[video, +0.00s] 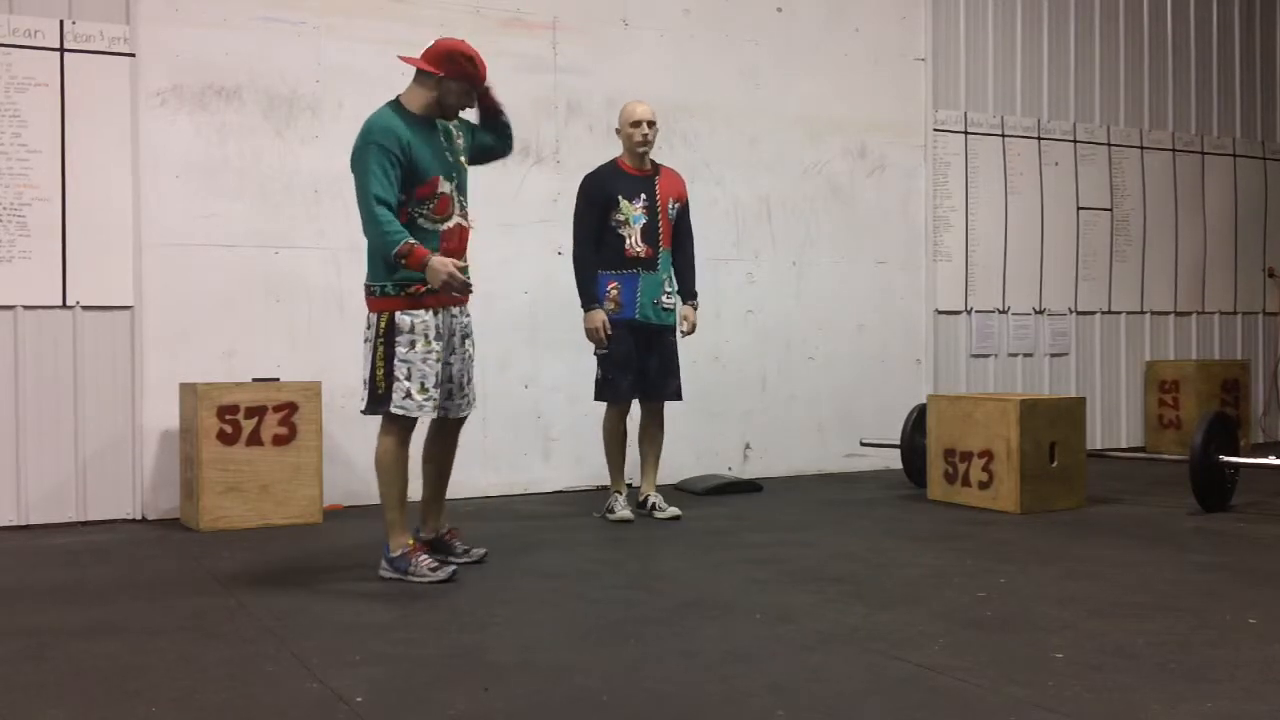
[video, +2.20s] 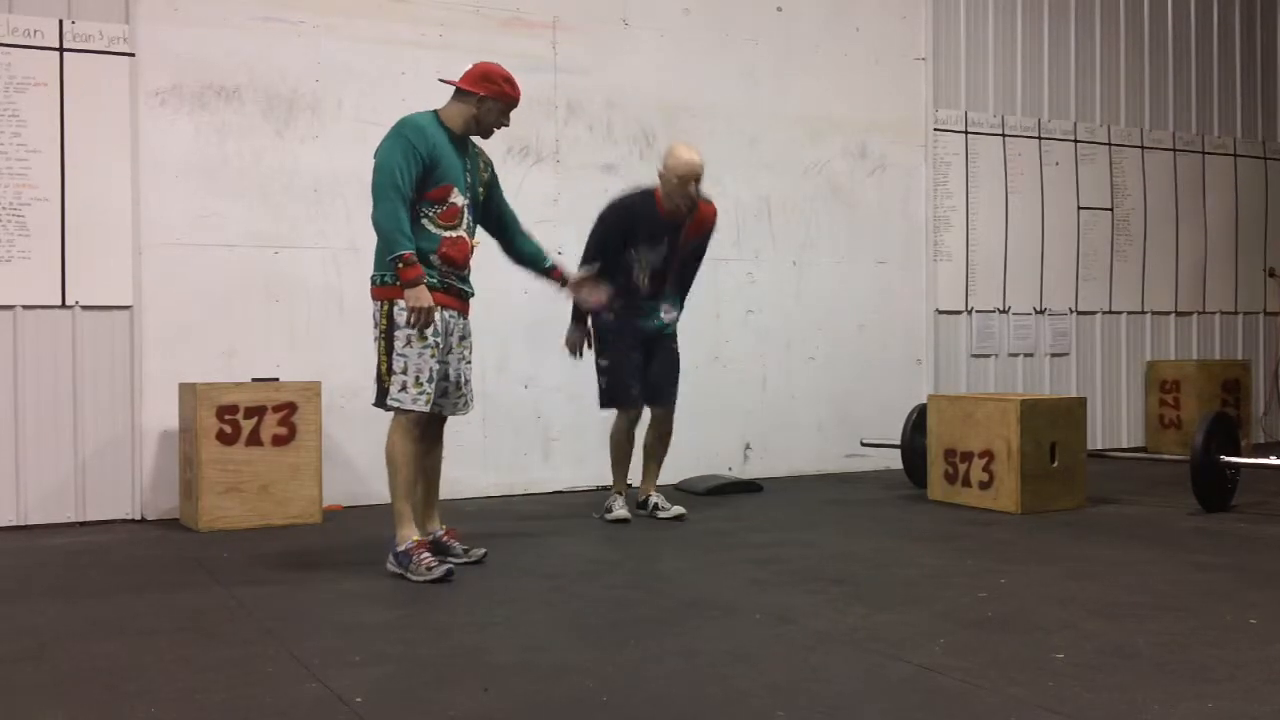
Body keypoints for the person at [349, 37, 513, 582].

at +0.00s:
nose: (469, 102)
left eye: (473, 94)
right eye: (466, 92)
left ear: (449, 84)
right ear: (440, 80)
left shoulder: (447, 130)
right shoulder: (382, 133)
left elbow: (498, 142)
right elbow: (378, 220)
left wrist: (482, 91)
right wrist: (426, 260)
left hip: (450, 297)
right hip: (403, 301)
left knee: (451, 413)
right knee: (400, 419)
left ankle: (430, 531)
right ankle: (398, 549)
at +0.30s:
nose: (482, 103)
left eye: (487, 95)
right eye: (478, 92)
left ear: (477, 91)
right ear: (449, 80)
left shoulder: (468, 141)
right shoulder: (397, 127)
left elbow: (518, 170)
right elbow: (371, 203)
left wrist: (545, 119)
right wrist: (404, 251)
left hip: (451, 301)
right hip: (403, 300)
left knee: (436, 417)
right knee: (399, 418)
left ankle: (429, 533)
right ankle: (398, 546)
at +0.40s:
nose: (476, 97)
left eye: (485, 91)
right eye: (470, 84)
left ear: (488, 94)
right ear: (446, 76)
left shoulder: (475, 146)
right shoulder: (402, 126)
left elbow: (528, 184)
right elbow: (371, 198)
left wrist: (574, 145)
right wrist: (398, 252)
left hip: (450, 302)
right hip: (403, 298)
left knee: (434, 418)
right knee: (399, 417)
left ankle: (428, 533)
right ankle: (398, 546)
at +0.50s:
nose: (478, 97)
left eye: (488, 92)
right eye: (473, 84)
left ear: (492, 98)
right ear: (450, 78)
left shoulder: (481, 154)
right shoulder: (405, 128)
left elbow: (534, 198)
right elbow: (373, 201)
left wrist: (596, 201)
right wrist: (395, 259)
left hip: (449, 300)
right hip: (403, 294)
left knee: (432, 419)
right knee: (399, 417)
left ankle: (429, 533)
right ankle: (399, 545)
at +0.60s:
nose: (482, 99)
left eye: (492, 94)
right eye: (476, 87)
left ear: (498, 102)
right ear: (455, 83)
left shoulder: (484, 159)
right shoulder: (411, 127)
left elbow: (530, 214)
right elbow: (377, 195)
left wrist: (588, 253)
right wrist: (387, 266)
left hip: (448, 304)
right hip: (403, 296)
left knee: (431, 419)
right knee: (400, 417)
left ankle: (428, 532)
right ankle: (400, 544)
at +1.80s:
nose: (515, 136)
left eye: (519, 128)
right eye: (515, 125)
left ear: (495, 112)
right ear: (496, 109)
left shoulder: (486, 173)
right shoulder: (424, 129)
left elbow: (494, 250)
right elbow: (389, 197)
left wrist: (528, 312)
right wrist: (411, 268)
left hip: (447, 303)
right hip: (406, 292)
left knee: (431, 416)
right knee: (406, 412)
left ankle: (429, 529)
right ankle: (403, 538)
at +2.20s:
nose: (503, 126)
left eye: (507, 117)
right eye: (502, 115)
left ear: (484, 103)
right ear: (480, 100)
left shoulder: (476, 161)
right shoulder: (412, 133)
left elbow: (508, 231)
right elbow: (388, 209)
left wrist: (565, 278)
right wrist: (412, 279)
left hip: (450, 299)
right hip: (410, 295)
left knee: (435, 416)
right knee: (411, 414)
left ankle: (430, 530)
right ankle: (405, 542)